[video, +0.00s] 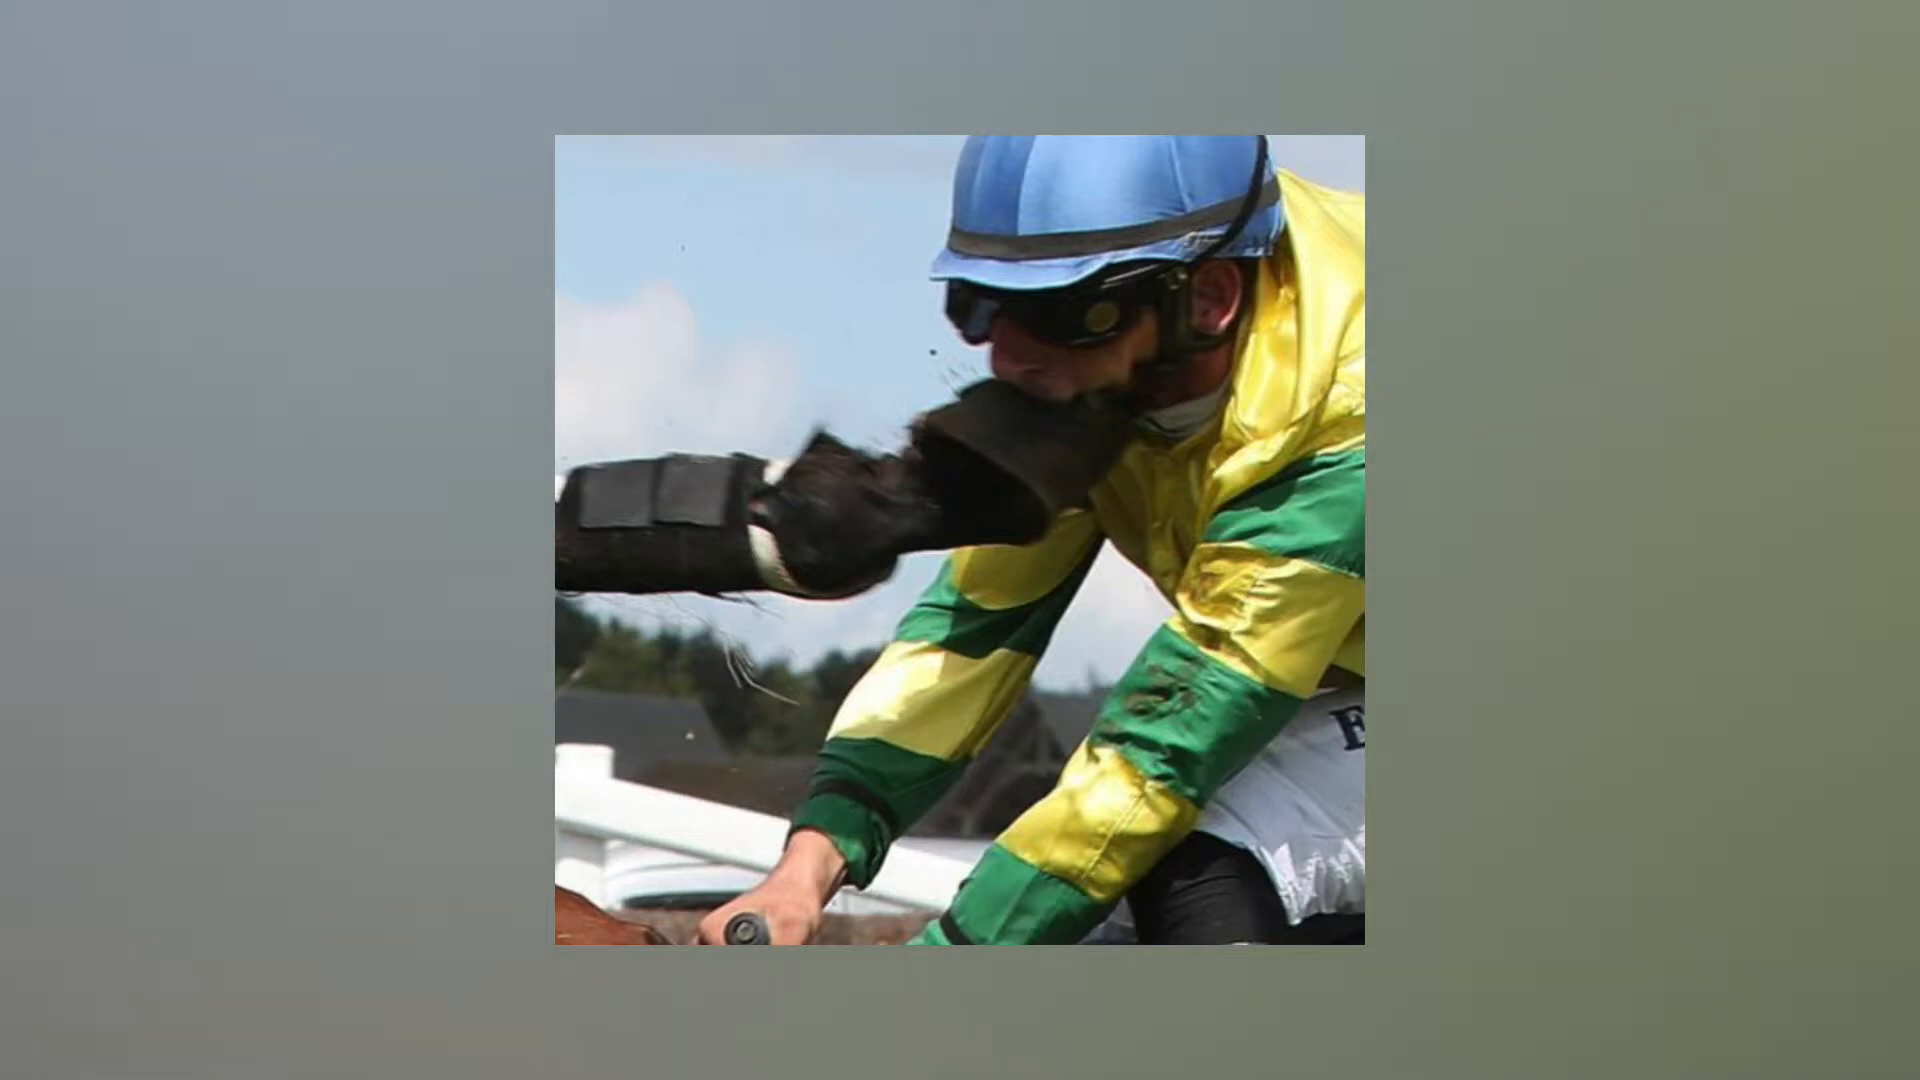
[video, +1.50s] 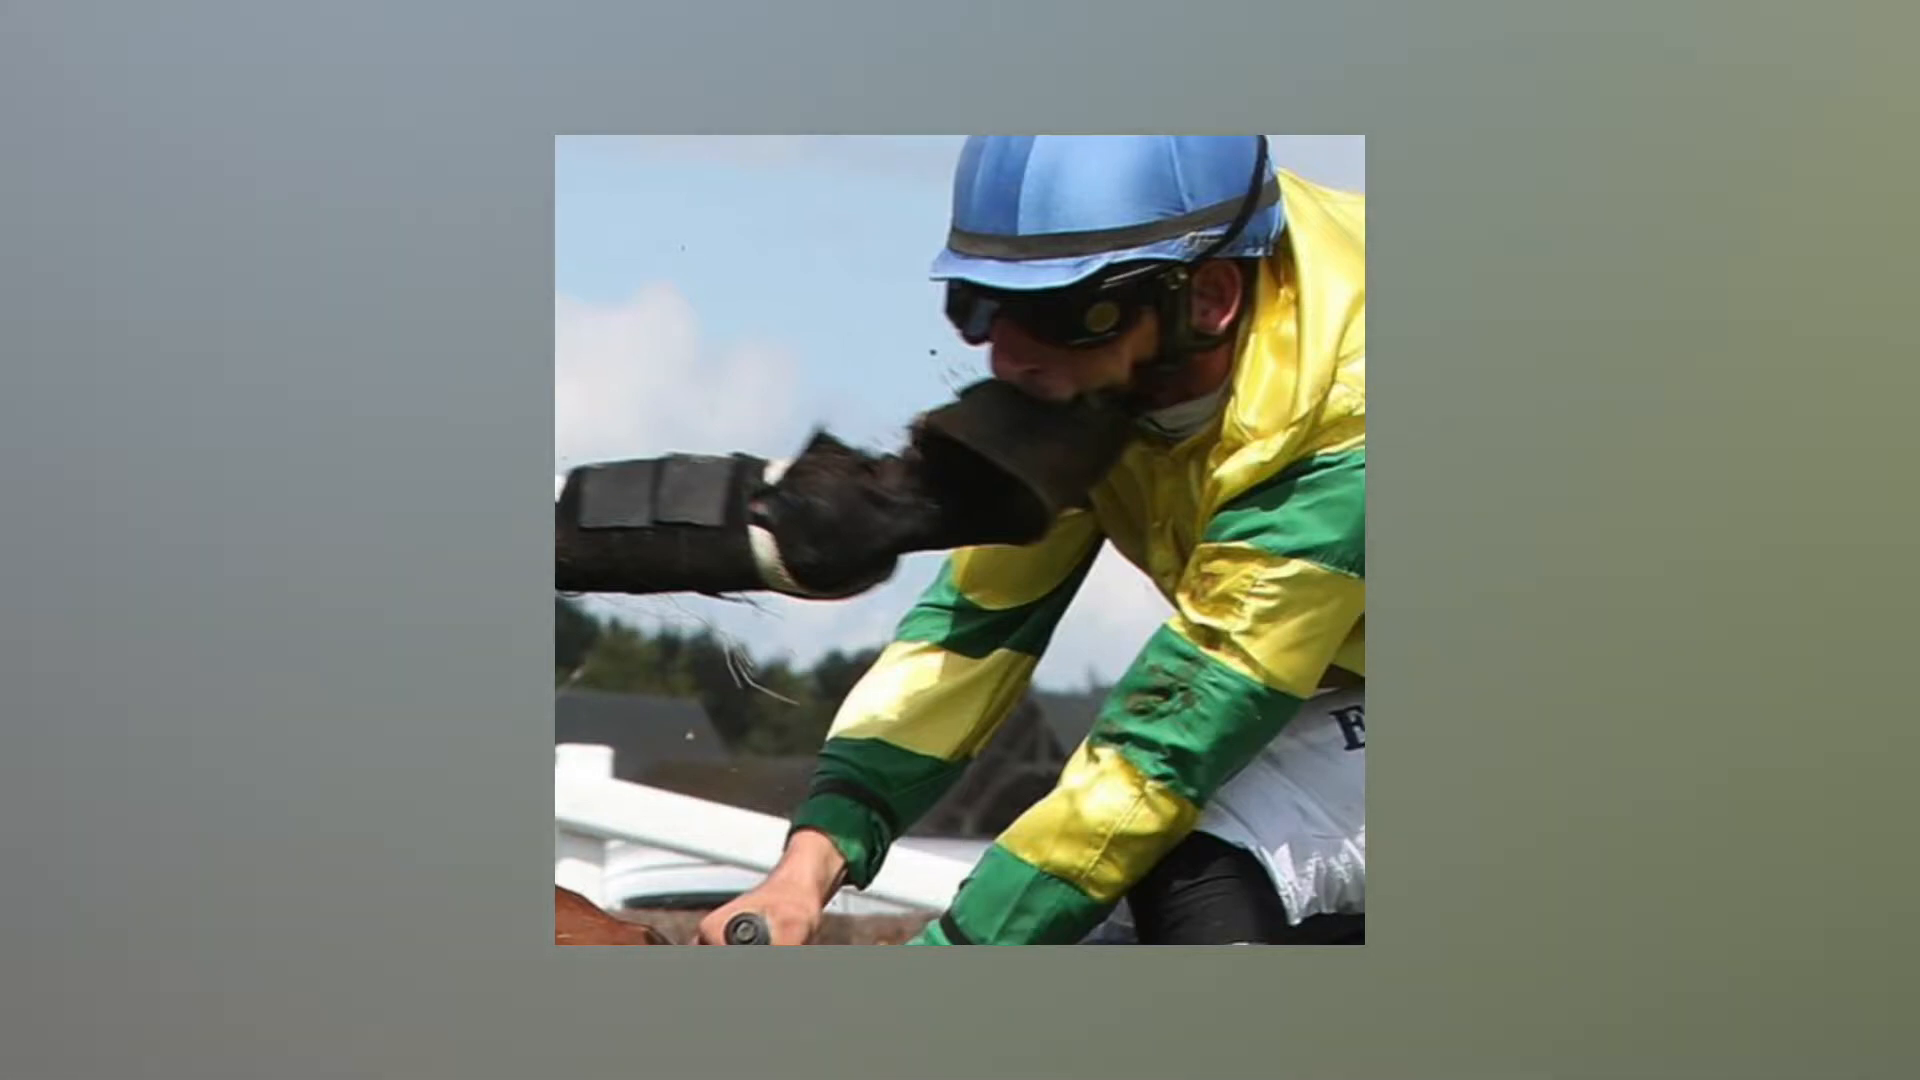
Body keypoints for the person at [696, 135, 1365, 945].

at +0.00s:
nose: (1005, 358)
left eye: (1056, 318)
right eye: (987, 309)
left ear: (1209, 299)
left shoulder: (1341, 429)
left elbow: (1159, 752)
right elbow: (969, 623)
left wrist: (932, 966)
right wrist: (804, 871)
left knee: (1204, 862)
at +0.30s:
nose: (1005, 358)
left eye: (1056, 318)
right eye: (988, 308)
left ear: (1209, 298)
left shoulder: (1340, 429)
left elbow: (1160, 752)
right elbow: (969, 624)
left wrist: (933, 962)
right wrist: (804, 872)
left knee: (1204, 862)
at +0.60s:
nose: (1005, 358)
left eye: (1056, 318)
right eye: (987, 309)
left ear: (1209, 299)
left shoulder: (1341, 429)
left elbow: (1160, 752)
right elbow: (969, 623)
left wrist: (933, 963)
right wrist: (804, 872)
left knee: (1204, 863)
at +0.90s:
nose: (1005, 358)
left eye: (1055, 318)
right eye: (988, 308)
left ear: (1209, 298)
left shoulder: (1341, 428)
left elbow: (1160, 752)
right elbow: (969, 624)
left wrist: (933, 963)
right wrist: (804, 872)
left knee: (1204, 862)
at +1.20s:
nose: (1005, 358)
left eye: (1055, 318)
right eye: (987, 309)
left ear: (1209, 299)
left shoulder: (1341, 429)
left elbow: (1159, 752)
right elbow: (969, 623)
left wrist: (932, 964)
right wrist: (804, 873)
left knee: (1204, 863)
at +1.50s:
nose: (1005, 358)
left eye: (1055, 318)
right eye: (988, 309)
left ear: (1209, 299)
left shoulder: (1341, 428)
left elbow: (1159, 752)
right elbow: (969, 623)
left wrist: (931, 967)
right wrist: (804, 872)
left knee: (1204, 862)